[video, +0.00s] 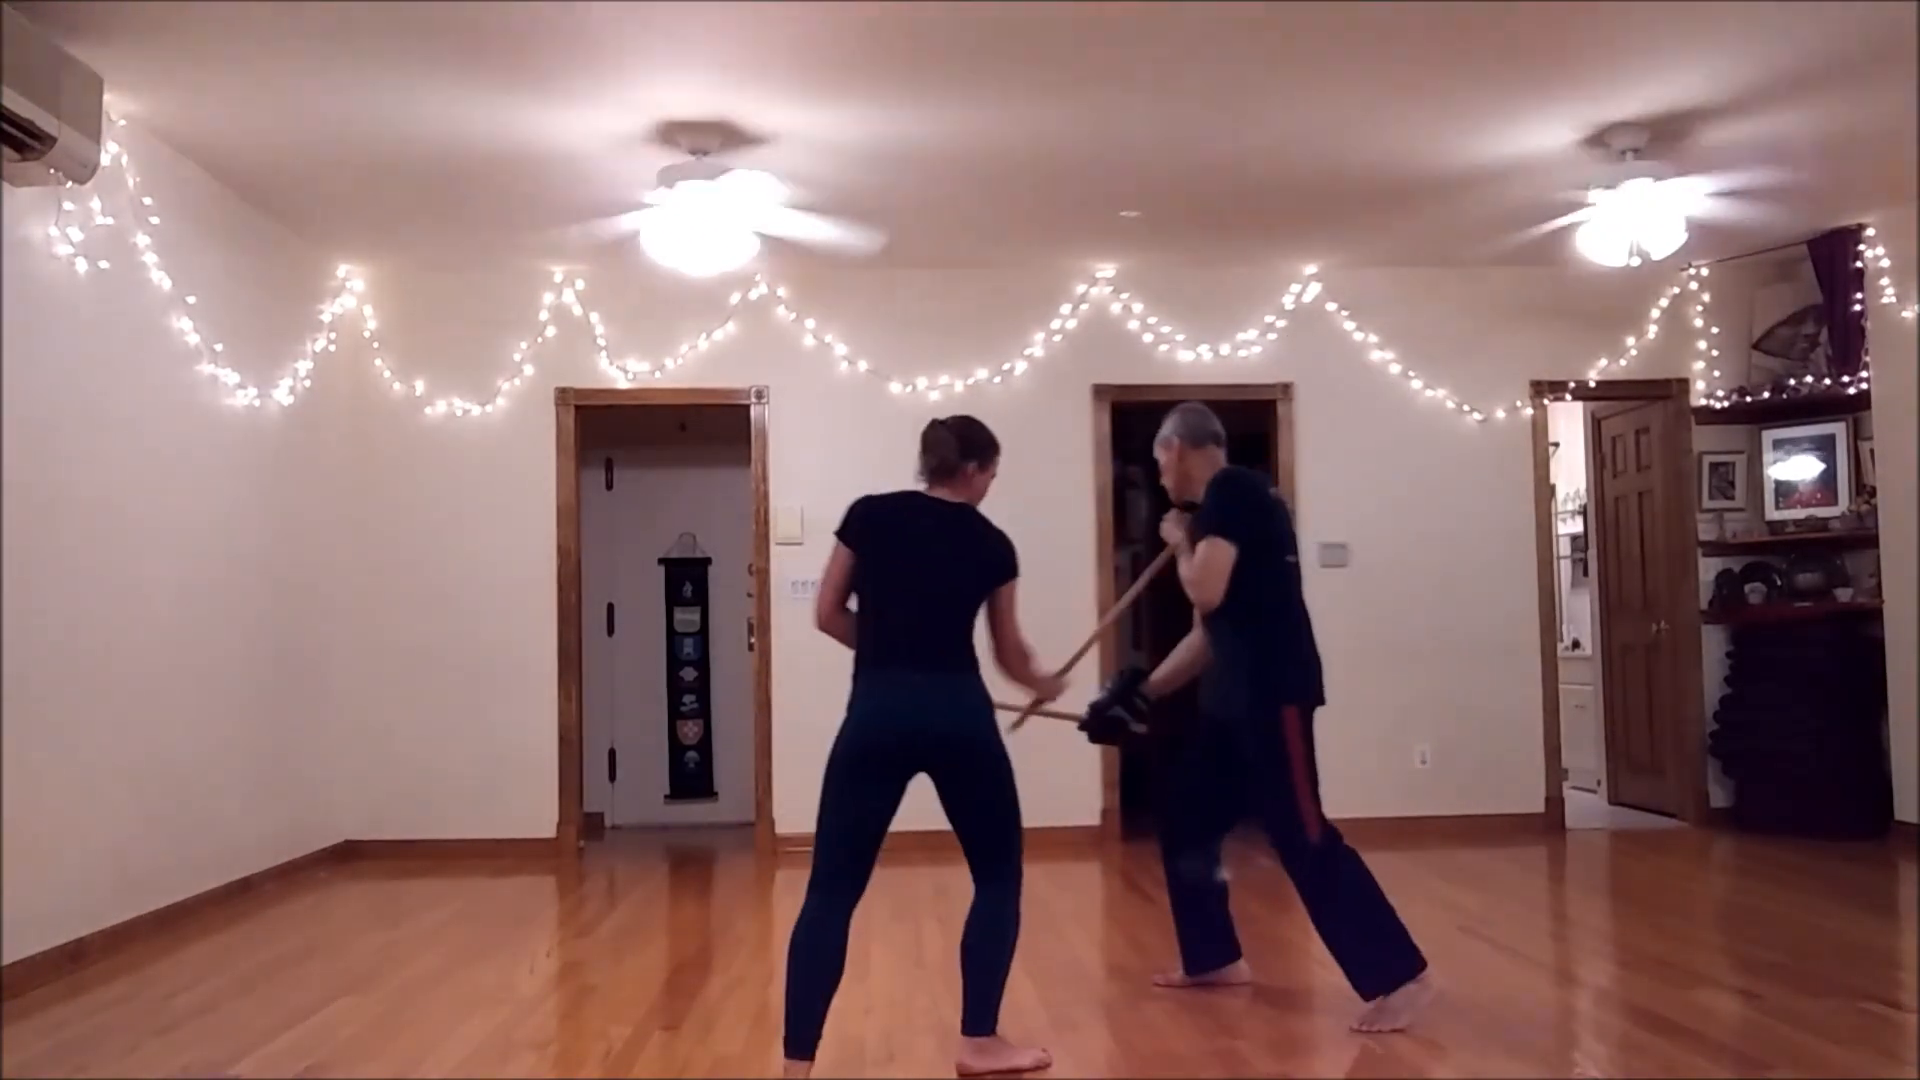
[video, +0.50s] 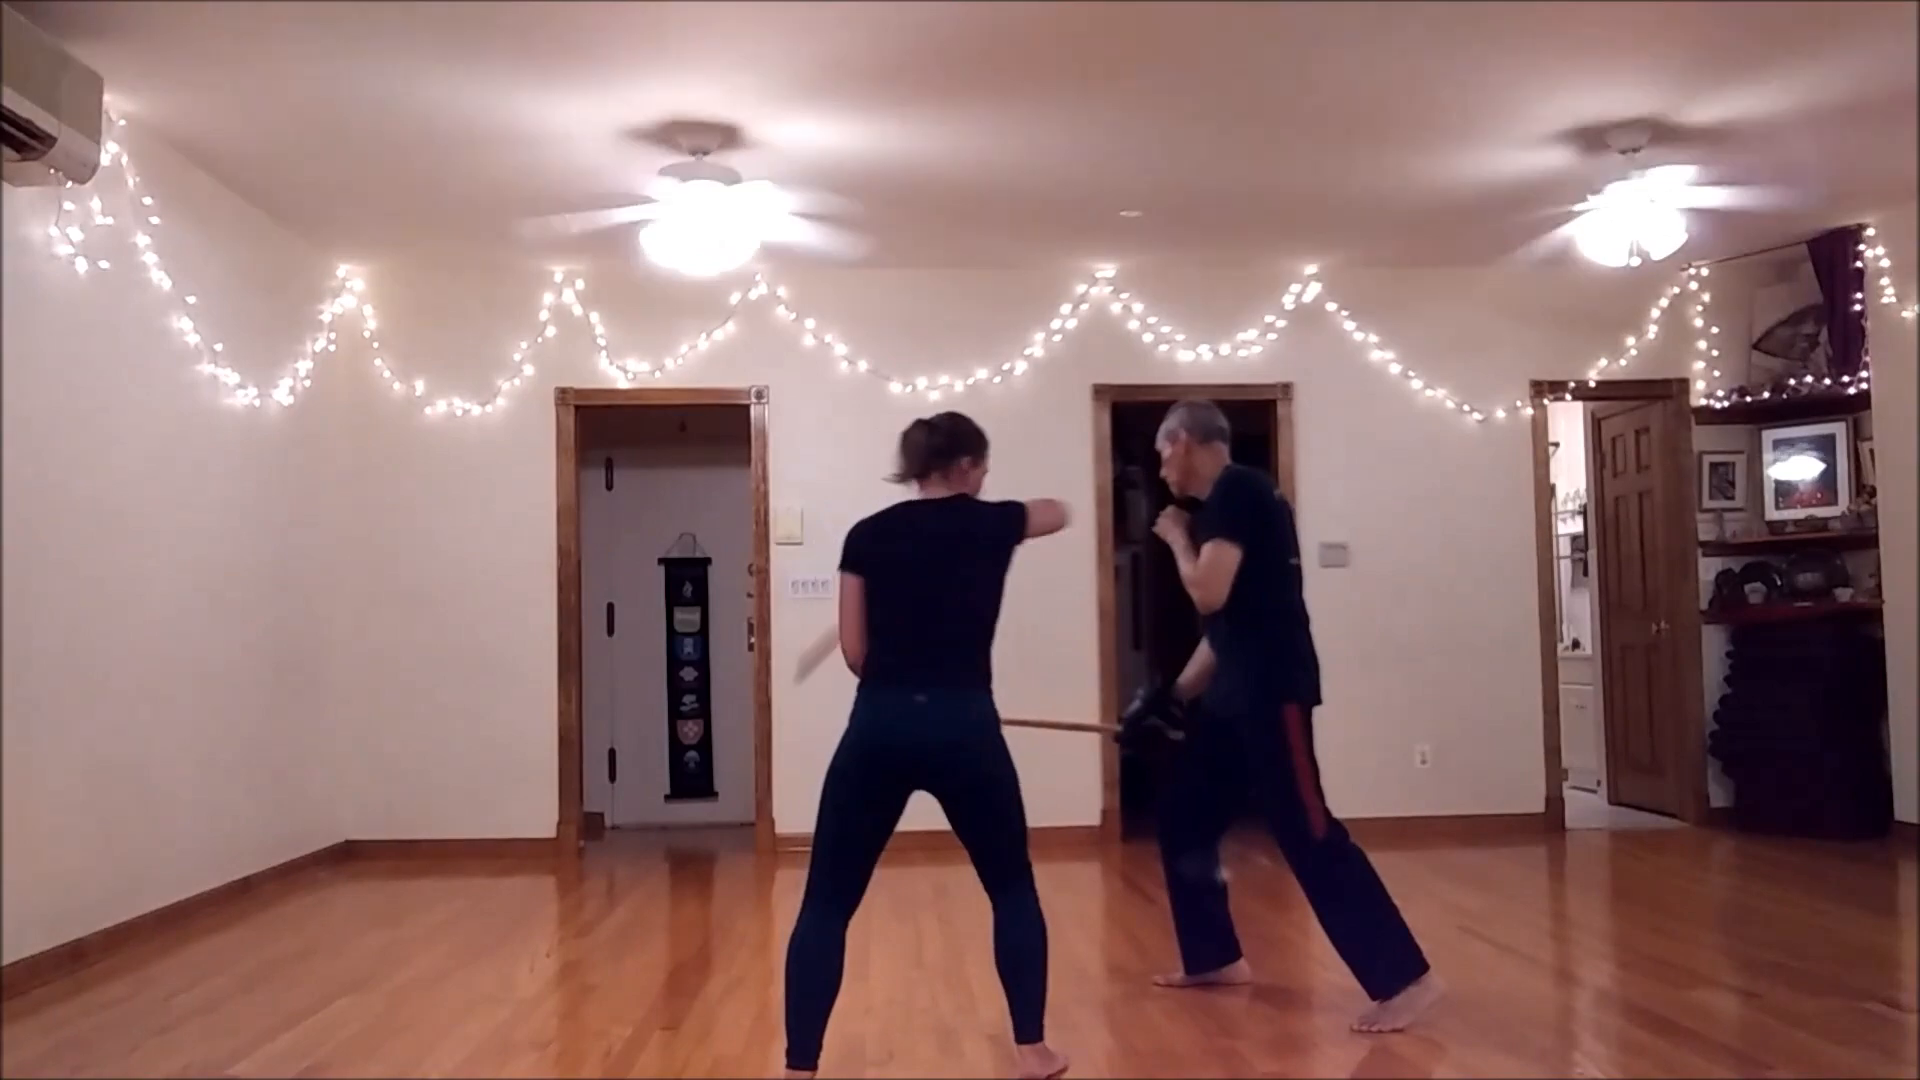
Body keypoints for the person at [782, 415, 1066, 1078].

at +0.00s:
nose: (993, 483)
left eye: (992, 473)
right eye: (993, 473)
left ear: (928, 466)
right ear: (977, 471)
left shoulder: (870, 512)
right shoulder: (990, 543)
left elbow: (828, 614)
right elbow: (1009, 653)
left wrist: (878, 643)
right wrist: (1041, 680)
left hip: (876, 719)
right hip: (958, 723)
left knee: (832, 886)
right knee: (997, 876)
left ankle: (796, 1059)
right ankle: (979, 1038)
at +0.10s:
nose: (975, 481)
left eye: (976, 472)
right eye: (975, 471)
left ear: (910, 461)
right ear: (961, 467)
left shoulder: (852, 512)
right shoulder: (973, 535)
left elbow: (806, 613)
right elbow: (984, 653)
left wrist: (862, 656)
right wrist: (975, 707)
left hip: (867, 717)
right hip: (950, 719)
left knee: (824, 890)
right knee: (993, 877)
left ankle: (796, 1062)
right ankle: (985, 1038)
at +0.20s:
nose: (956, 481)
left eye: (955, 471)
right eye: (955, 471)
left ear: (889, 464)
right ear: (940, 467)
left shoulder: (836, 521)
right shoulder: (960, 527)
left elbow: (804, 625)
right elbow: (998, 638)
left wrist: (859, 671)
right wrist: (970, 694)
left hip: (863, 719)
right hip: (949, 719)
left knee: (822, 896)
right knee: (993, 878)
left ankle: (798, 1064)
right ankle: (1007, 1038)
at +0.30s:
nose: (953, 481)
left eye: (952, 472)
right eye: (952, 471)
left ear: (885, 469)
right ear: (936, 467)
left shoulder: (835, 533)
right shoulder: (962, 521)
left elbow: (828, 651)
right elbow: (1021, 608)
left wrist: (883, 684)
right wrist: (973, 668)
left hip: (862, 721)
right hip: (947, 718)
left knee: (820, 897)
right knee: (1000, 879)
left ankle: (798, 1063)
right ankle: (1029, 1041)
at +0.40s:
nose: (962, 480)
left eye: (961, 471)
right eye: (961, 470)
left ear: (897, 468)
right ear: (946, 467)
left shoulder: (850, 538)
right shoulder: (972, 515)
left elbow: (847, 655)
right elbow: (1028, 554)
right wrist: (973, 582)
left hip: (867, 733)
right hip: (953, 731)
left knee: (824, 900)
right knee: (1006, 885)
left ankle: (799, 1063)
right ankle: (1030, 1046)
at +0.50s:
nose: (983, 477)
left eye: (983, 469)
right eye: (982, 468)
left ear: (912, 468)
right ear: (970, 467)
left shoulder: (868, 533)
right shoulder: (992, 521)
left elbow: (854, 650)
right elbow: (1059, 513)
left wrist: (896, 685)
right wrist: (985, 515)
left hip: (878, 733)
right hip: (965, 734)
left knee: (828, 901)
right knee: (1012, 888)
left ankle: (800, 1065)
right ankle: (1031, 1047)